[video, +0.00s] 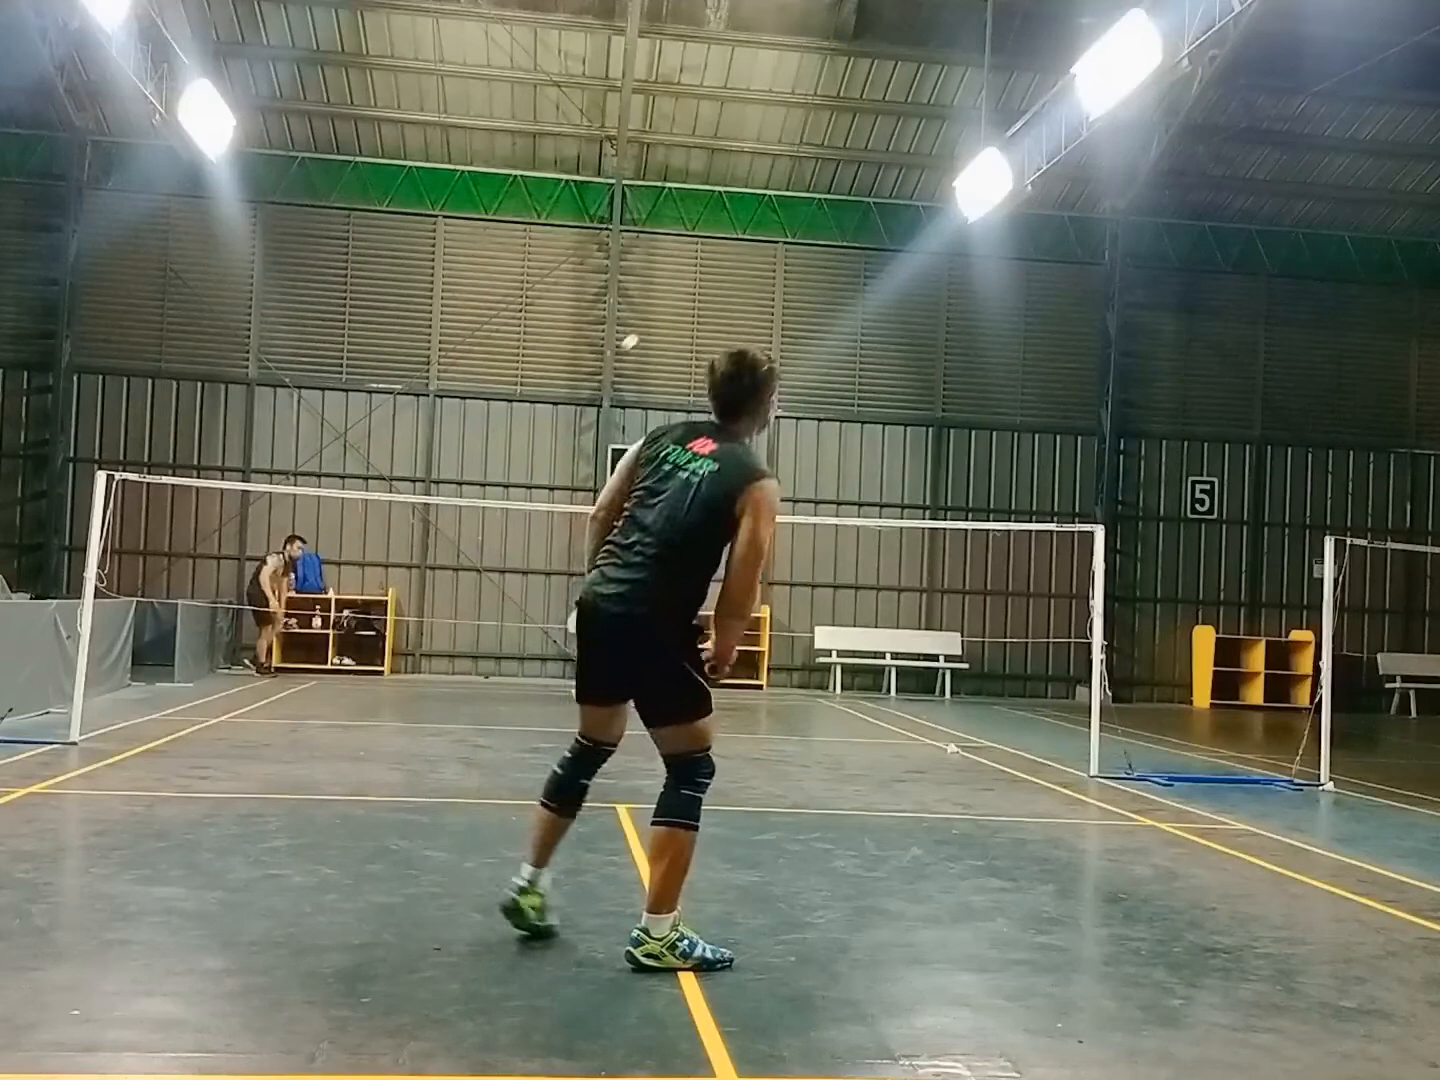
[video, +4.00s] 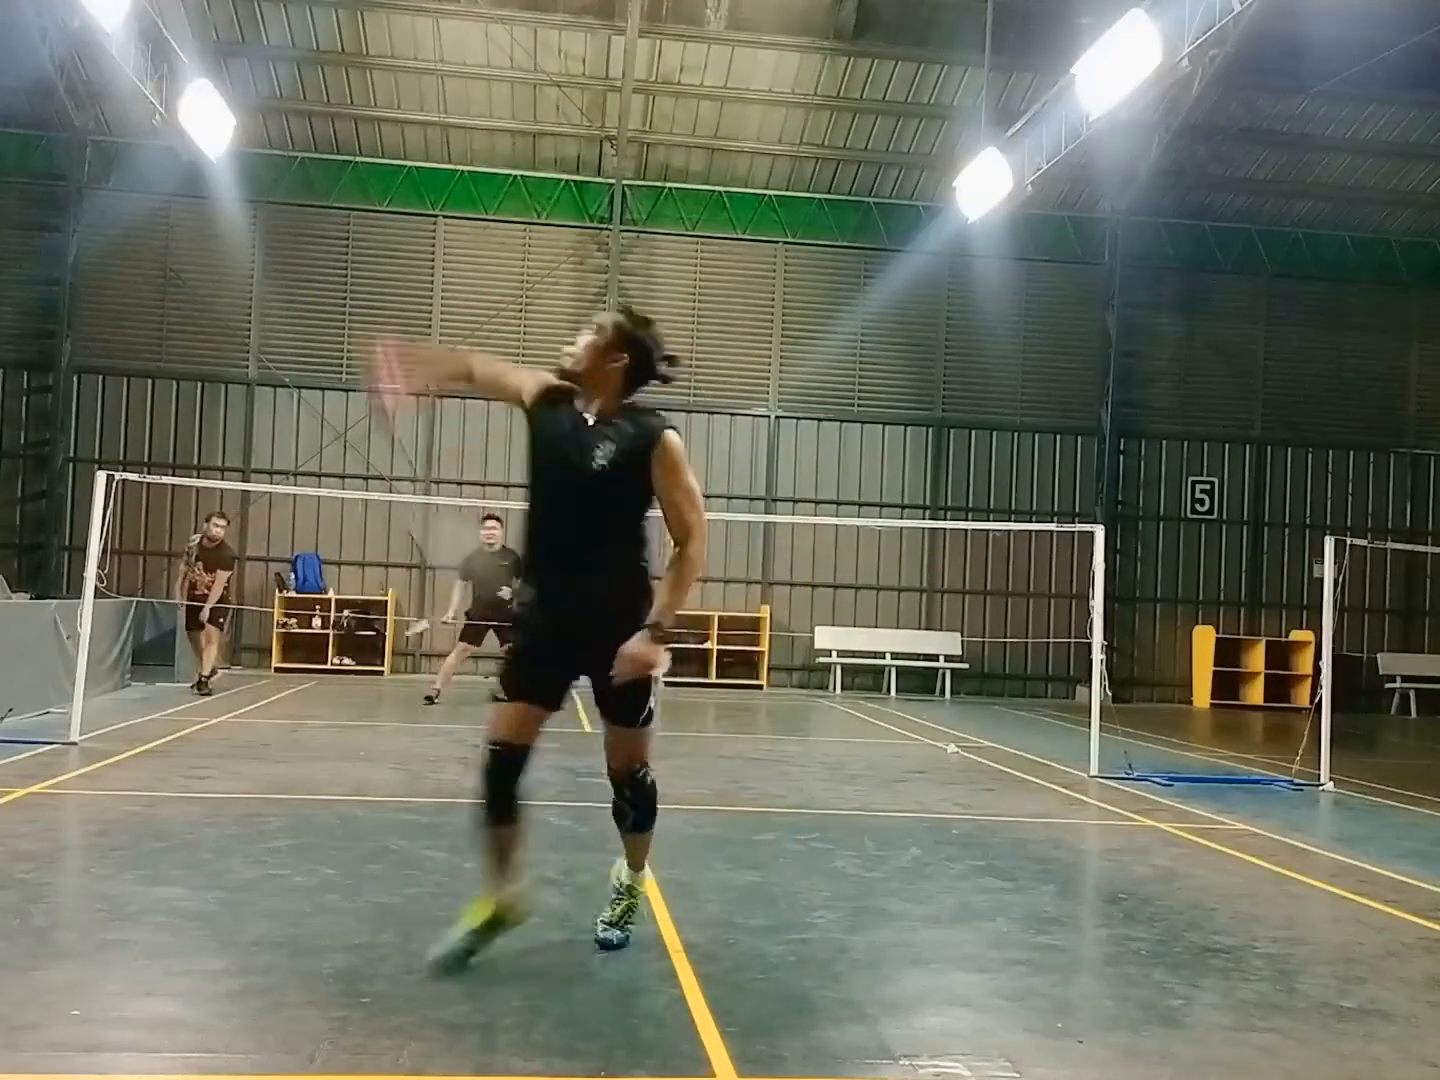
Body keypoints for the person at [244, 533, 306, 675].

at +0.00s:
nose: (300, 552)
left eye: (301, 549)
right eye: (298, 548)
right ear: (288, 547)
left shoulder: (286, 565)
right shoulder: (275, 558)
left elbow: (283, 589)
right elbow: (263, 577)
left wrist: (282, 609)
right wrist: (271, 600)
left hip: (269, 590)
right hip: (257, 590)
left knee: (273, 625)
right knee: (266, 625)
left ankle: (262, 660)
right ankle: (261, 662)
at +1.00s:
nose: (316, 544)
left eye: (320, 541)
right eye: (314, 540)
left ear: (324, 543)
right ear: (307, 539)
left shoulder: (325, 563)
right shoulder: (294, 554)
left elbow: (321, 588)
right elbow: (277, 572)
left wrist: (315, 609)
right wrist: (267, 593)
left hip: (312, 599)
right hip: (294, 597)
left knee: (318, 631)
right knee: (294, 632)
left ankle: (310, 666)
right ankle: (294, 668)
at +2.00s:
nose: (315, 535)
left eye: (319, 533)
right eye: (312, 531)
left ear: (324, 535)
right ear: (307, 531)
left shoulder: (326, 558)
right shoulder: (297, 546)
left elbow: (318, 585)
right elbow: (288, 567)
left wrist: (307, 605)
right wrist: (279, 585)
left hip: (311, 595)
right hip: (291, 593)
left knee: (310, 632)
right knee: (282, 630)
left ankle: (307, 671)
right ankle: (289, 663)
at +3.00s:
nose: (252, 531)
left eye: (257, 527)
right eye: (249, 527)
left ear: (266, 529)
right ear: (247, 528)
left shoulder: (269, 551)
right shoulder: (253, 549)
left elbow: (264, 581)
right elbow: (245, 570)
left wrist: (256, 602)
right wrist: (246, 585)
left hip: (269, 596)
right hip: (255, 593)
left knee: (265, 634)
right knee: (232, 625)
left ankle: (268, 676)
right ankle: (247, 661)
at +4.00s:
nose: (218, 531)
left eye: (222, 528)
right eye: (215, 526)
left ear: (225, 531)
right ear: (206, 525)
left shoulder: (227, 554)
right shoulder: (194, 543)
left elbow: (219, 584)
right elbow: (184, 568)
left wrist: (208, 606)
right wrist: (179, 592)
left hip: (216, 597)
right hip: (193, 595)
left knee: (210, 635)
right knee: (193, 635)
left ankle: (203, 677)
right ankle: (208, 667)